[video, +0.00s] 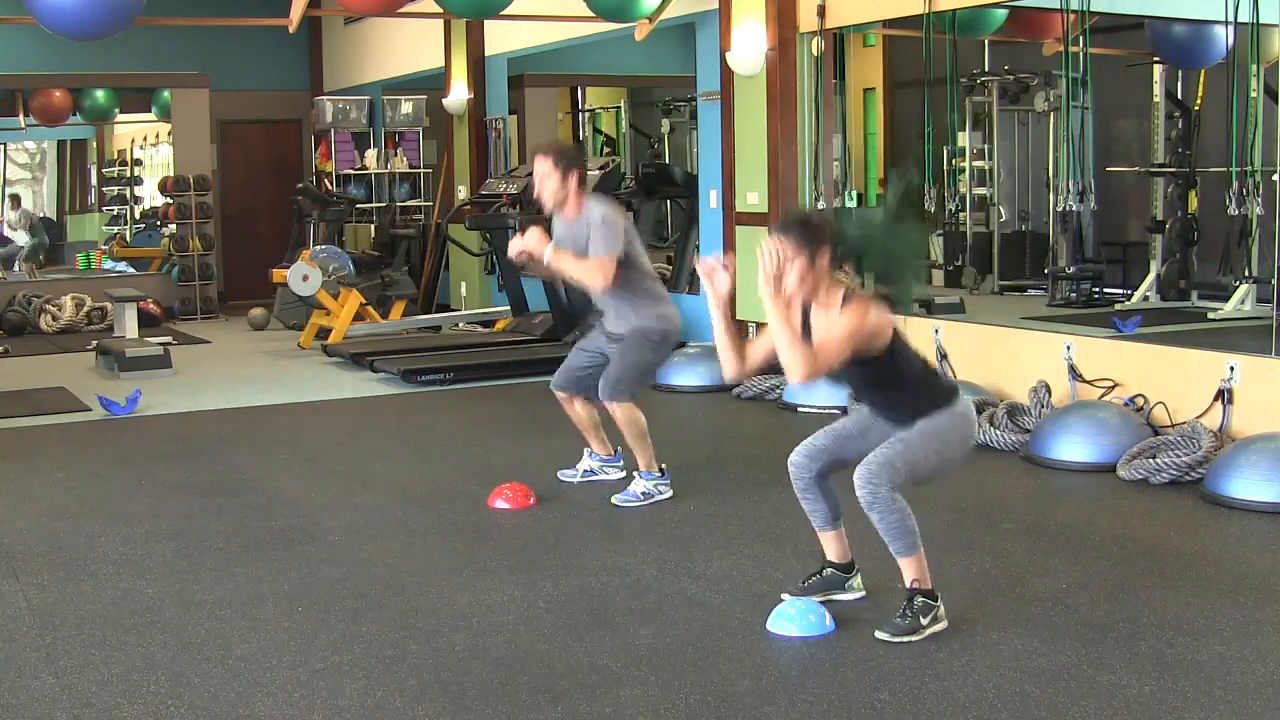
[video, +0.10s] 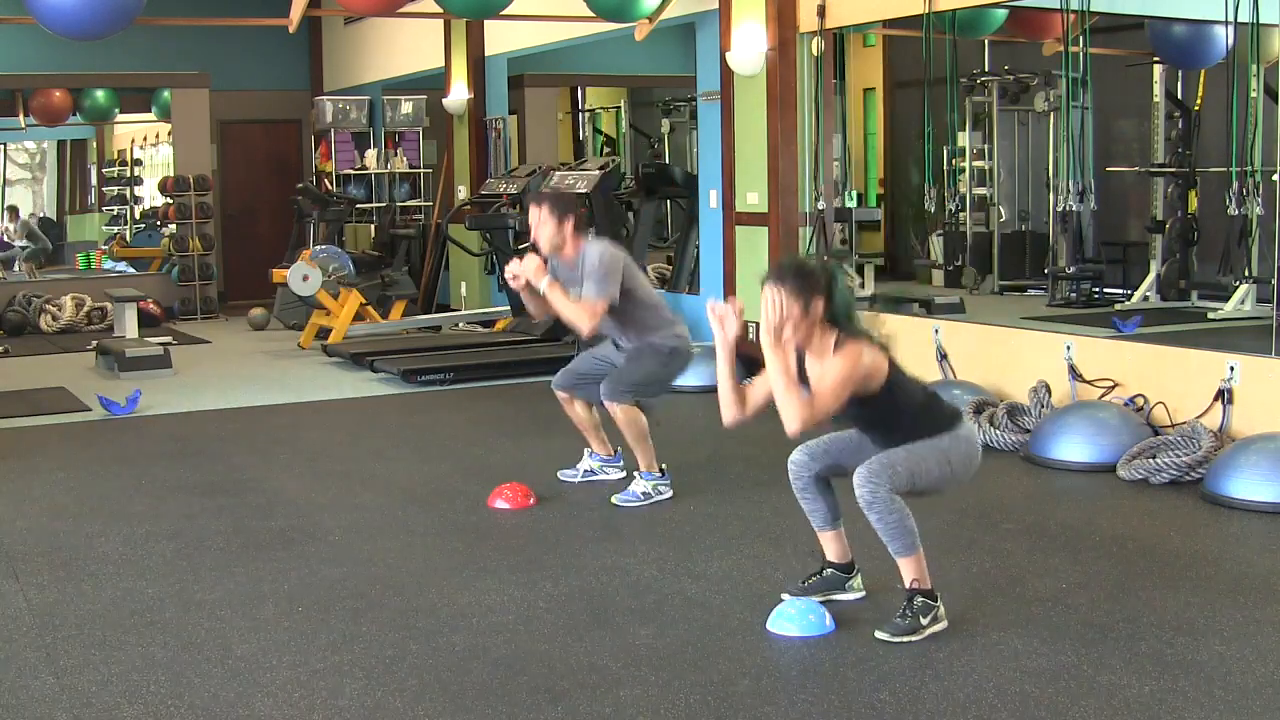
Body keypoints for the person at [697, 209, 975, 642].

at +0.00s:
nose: (778, 268)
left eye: (789, 257)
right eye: (775, 258)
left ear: (823, 258)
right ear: (773, 261)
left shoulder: (861, 309)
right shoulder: (801, 309)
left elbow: (802, 369)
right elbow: (737, 368)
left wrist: (773, 298)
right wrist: (720, 303)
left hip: (945, 418)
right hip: (887, 417)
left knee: (873, 478)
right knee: (804, 463)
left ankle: (924, 598)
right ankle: (842, 570)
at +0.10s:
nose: (776, 318)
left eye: (784, 307)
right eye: (772, 308)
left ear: (818, 308)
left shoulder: (854, 354)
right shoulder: (794, 355)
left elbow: (797, 422)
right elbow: (734, 413)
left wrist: (772, 349)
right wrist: (725, 344)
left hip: (949, 443)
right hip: (890, 443)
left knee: (872, 479)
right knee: (804, 461)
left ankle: (923, 599)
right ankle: (841, 571)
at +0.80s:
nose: (739, 506)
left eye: (737, 498)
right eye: (731, 501)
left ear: (754, 477)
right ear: (746, 460)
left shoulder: (838, 447)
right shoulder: (771, 441)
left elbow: (872, 545)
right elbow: (781, 518)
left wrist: (884, 634)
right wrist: (780, 587)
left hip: (929, 429)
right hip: (915, 408)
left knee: (902, 559)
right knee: (982, 481)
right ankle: (1067, 516)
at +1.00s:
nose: (733, 509)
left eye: (731, 501)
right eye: (725, 504)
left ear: (749, 481)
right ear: (735, 456)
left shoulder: (832, 454)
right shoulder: (761, 440)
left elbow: (869, 546)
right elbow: (772, 513)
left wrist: (883, 634)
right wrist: (779, 585)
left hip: (916, 459)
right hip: (912, 426)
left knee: (835, 555)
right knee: (976, 497)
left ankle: (965, 561)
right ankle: (1068, 517)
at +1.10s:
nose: (729, 511)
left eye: (727, 504)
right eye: (721, 507)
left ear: (744, 485)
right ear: (732, 460)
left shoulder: (828, 454)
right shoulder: (756, 443)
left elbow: (867, 548)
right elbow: (773, 515)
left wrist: (882, 635)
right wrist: (778, 586)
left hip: (916, 460)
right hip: (912, 426)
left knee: (844, 564)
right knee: (978, 496)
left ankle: (978, 559)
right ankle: (1064, 515)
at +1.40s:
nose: (738, 505)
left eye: (736, 497)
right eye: (730, 500)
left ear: (749, 475)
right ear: (740, 460)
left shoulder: (827, 450)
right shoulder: (764, 442)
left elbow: (864, 546)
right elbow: (774, 516)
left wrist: (881, 633)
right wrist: (778, 586)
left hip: (934, 438)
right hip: (911, 428)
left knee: (1010, 536)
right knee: (995, 490)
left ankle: (1137, 507)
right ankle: (1071, 522)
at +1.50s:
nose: (740, 502)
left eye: (736, 495)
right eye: (732, 497)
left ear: (749, 473)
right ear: (743, 458)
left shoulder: (830, 452)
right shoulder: (769, 445)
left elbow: (866, 549)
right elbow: (780, 517)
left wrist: (883, 633)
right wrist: (779, 587)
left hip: (942, 451)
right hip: (918, 446)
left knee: (1042, 513)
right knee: (1012, 496)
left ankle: (1162, 532)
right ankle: (1077, 526)